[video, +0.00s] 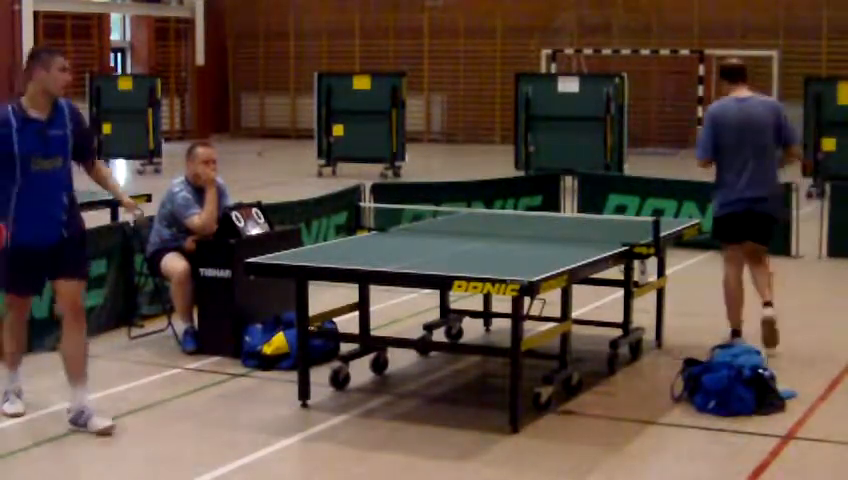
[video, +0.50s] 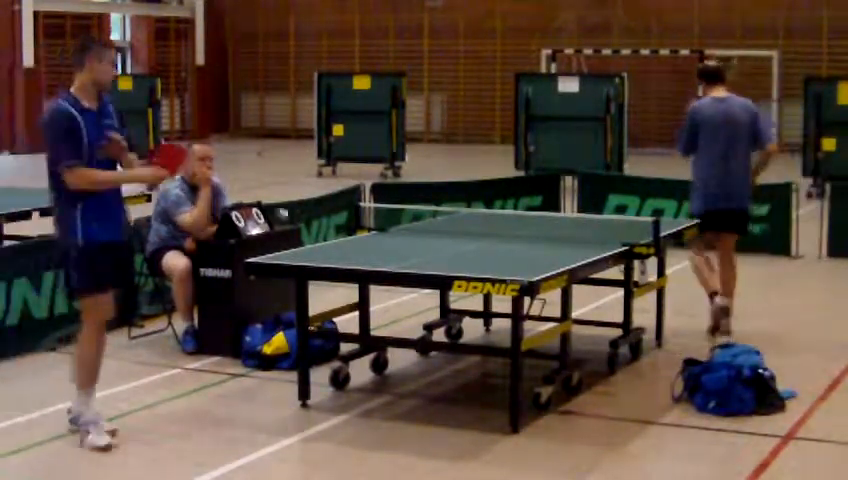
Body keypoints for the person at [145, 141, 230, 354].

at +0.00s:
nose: (212, 168)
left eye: (214, 163)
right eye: (206, 163)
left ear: (217, 165)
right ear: (190, 166)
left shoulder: (217, 187)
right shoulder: (179, 192)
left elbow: (227, 221)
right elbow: (205, 226)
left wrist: (197, 237)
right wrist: (211, 188)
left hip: (198, 241)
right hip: (165, 245)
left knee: (227, 262)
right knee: (181, 269)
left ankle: (222, 321)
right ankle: (188, 326)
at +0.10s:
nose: (212, 168)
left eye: (214, 163)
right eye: (206, 163)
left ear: (217, 165)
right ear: (190, 166)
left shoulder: (217, 187)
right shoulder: (178, 191)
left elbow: (227, 220)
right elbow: (205, 226)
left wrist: (198, 236)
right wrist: (211, 188)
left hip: (199, 241)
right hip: (166, 244)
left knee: (228, 262)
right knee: (181, 269)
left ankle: (223, 321)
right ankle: (188, 326)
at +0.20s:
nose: (212, 168)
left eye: (214, 163)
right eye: (206, 163)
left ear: (217, 165)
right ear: (190, 166)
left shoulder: (217, 187)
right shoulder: (178, 191)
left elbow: (227, 221)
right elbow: (205, 226)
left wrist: (198, 236)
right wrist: (211, 188)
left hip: (199, 240)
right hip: (167, 244)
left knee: (228, 262)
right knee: (181, 269)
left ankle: (224, 321)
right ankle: (188, 327)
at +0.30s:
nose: (212, 167)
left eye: (213, 162)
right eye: (206, 162)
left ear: (216, 164)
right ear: (189, 165)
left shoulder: (216, 187)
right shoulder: (178, 192)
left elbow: (227, 222)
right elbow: (204, 227)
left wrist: (198, 238)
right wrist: (210, 189)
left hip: (200, 240)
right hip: (166, 244)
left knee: (228, 261)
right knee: (182, 268)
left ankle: (224, 321)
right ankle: (189, 326)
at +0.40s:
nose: (210, 167)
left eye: (212, 162)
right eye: (204, 161)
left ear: (215, 164)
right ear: (188, 164)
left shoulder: (216, 188)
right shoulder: (176, 193)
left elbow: (223, 223)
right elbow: (201, 226)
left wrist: (198, 237)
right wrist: (208, 191)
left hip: (198, 241)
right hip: (165, 243)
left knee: (227, 261)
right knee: (182, 267)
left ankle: (222, 321)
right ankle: (189, 326)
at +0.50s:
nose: (207, 166)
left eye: (210, 161)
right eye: (202, 161)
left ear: (214, 165)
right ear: (187, 164)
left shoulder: (214, 188)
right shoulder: (171, 191)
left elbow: (224, 224)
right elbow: (195, 225)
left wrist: (199, 236)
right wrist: (205, 189)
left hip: (198, 241)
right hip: (165, 243)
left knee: (227, 260)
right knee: (183, 267)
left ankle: (222, 321)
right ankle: (188, 326)